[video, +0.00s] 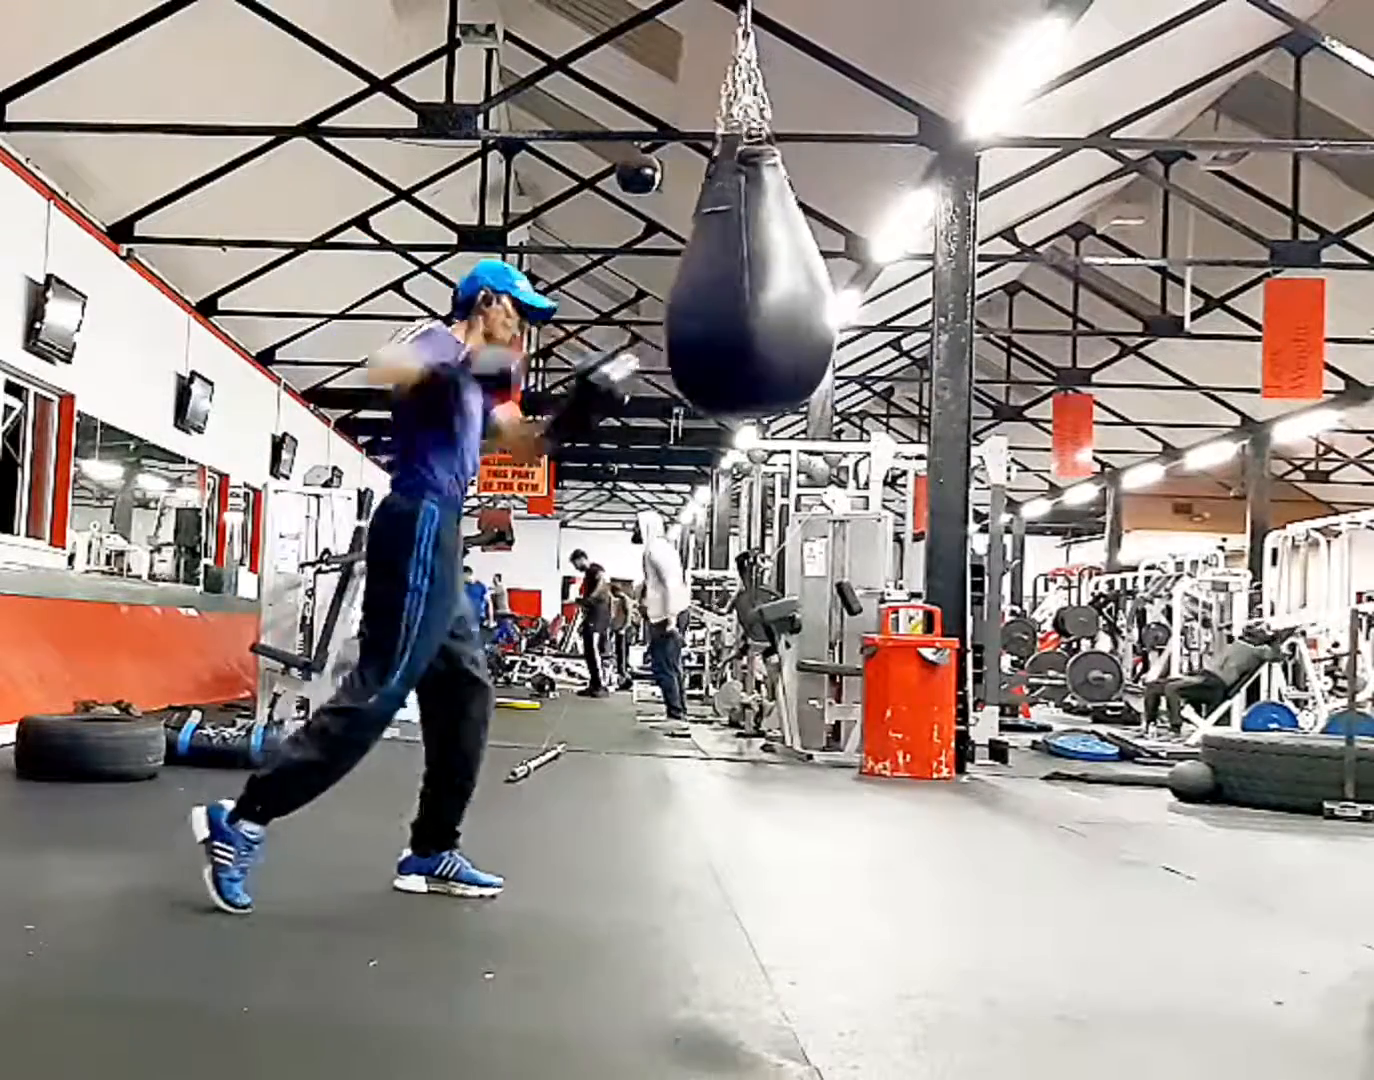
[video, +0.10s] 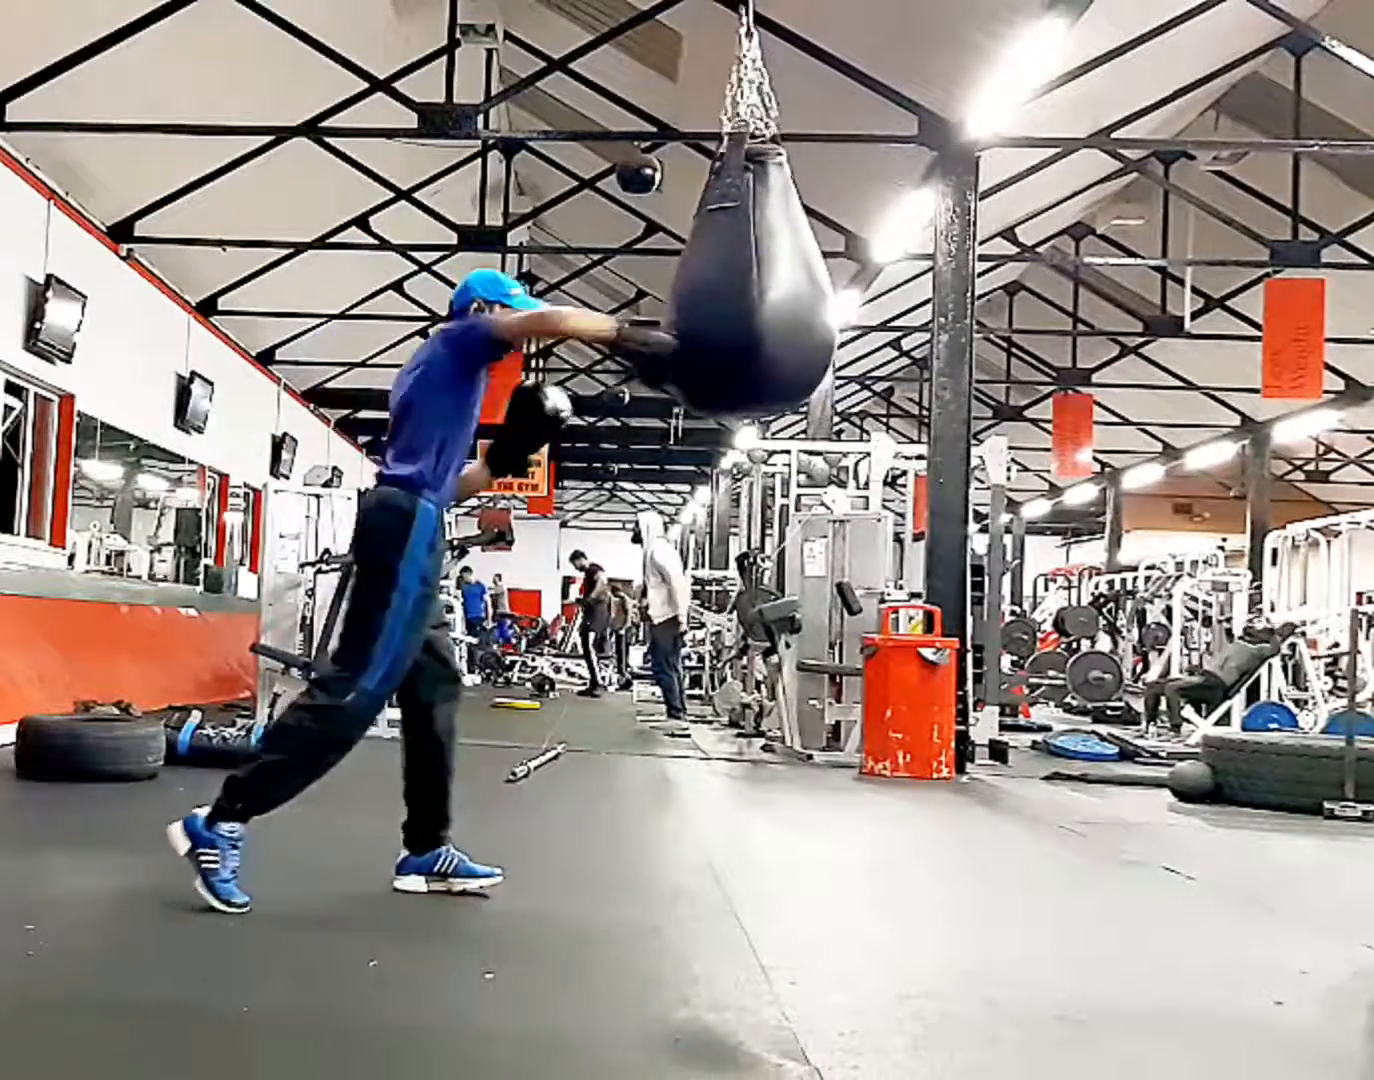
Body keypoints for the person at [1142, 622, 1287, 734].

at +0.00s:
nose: (1255, 634)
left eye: (1258, 633)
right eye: (1257, 632)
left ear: (1258, 639)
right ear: (1255, 636)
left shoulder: (1259, 651)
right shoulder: (1238, 644)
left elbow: (1279, 654)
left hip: (1217, 684)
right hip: (1204, 675)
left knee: (1172, 689)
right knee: (1152, 688)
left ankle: (1175, 730)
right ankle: (1147, 727)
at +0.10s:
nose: (1251, 629)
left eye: (1256, 627)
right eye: (1252, 626)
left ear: (1260, 635)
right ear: (1248, 631)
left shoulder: (1258, 650)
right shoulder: (1236, 644)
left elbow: (1276, 649)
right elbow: (1220, 651)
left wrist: (1272, 633)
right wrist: (1223, 628)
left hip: (1219, 683)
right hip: (1204, 676)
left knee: (1172, 688)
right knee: (1152, 688)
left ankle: (1175, 731)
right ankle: (1147, 727)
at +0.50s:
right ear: (1250, 634)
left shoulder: (1255, 654)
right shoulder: (1236, 644)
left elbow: (1266, 633)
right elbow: (1227, 634)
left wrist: (1269, 610)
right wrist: (1224, 609)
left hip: (1218, 683)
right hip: (1205, 677)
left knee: (1172, 689)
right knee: (1153, 687)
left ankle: (1176, 730)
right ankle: (1147, 727)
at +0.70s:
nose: (1249, 633)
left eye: (1254, 632)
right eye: (1249, 631)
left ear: (1257, 636)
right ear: (1246, 633)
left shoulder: (1257, 650)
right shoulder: (1233, 643)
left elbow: (1271, 643)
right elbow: (1225, 629)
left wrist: (1269, 624)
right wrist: (1221, 613)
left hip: (1218, 683)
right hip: (1203, 677)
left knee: (1172, 688)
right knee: (1152, 687)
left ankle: (1175, 731)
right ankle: (1147, 727)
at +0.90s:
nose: (1265, 635)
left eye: (1264, 633)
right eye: (1262, 633)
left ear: (1252, 636)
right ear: (1254, 635)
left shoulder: (1258, 651)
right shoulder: (1232, 645)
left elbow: (1279, 654)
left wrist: (1271, 640)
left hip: (1217, 681)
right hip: (1203, 672)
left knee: (1172, 688)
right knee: (1152, 688)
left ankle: (1175, 731)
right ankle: (1148, 727)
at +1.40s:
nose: (1252, 629)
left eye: (1258, 628)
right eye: (1252, 627)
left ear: (1260, 636)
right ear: (1248, 631)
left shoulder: (1258, 651)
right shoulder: (1234, 643)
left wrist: (1270, 617)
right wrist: (1226, 618)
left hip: (1218, 684)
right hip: (1203, 677)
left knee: (1172, 688)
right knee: (1152, 687)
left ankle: (1175, 731)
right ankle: (1147, 728)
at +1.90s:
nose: (1251, 630)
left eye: (1256, 630)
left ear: (1258, 636)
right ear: (1248, 633)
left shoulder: (1256, 649)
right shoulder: (1232, 643)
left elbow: (1271, 648)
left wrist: (1282, 634)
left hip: (1218, 683)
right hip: (1202, 677)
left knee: (1172, 688)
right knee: (1152, 688)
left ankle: (1175, 731)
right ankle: (1148, 727)